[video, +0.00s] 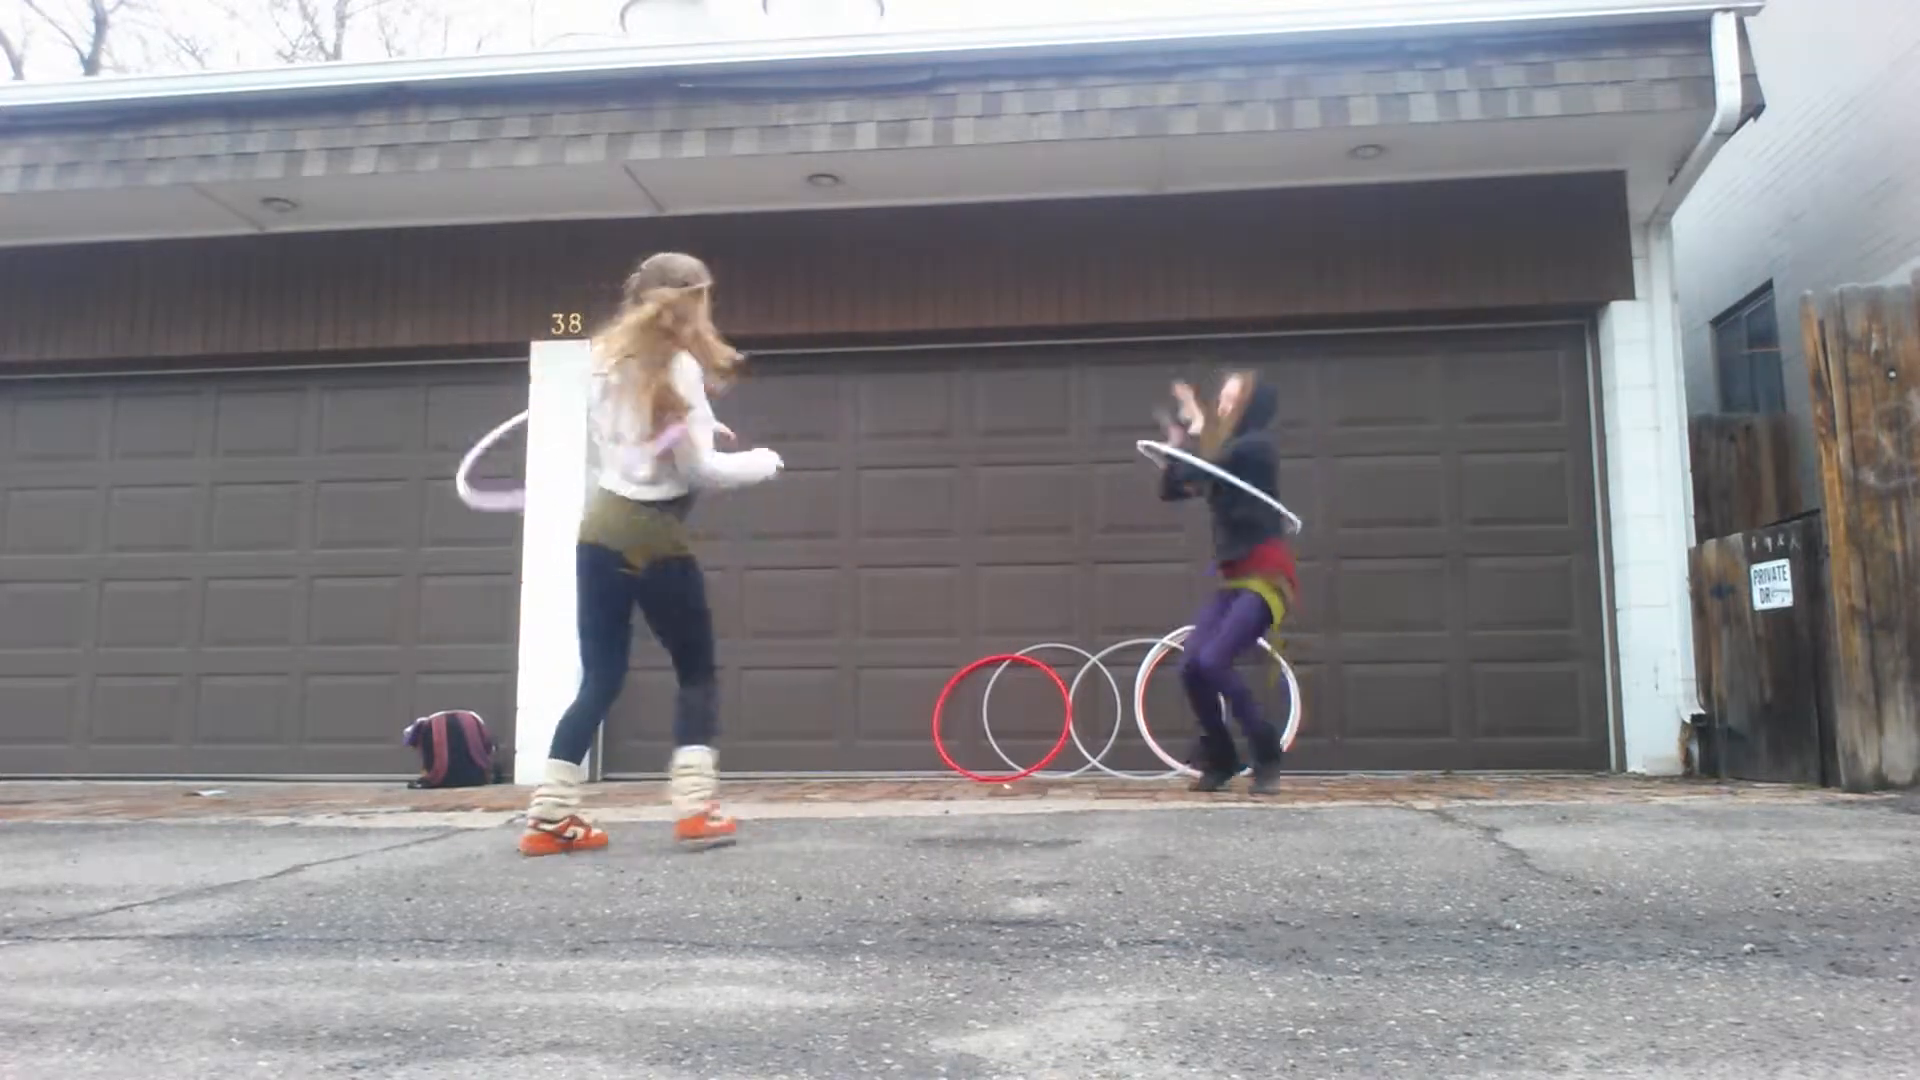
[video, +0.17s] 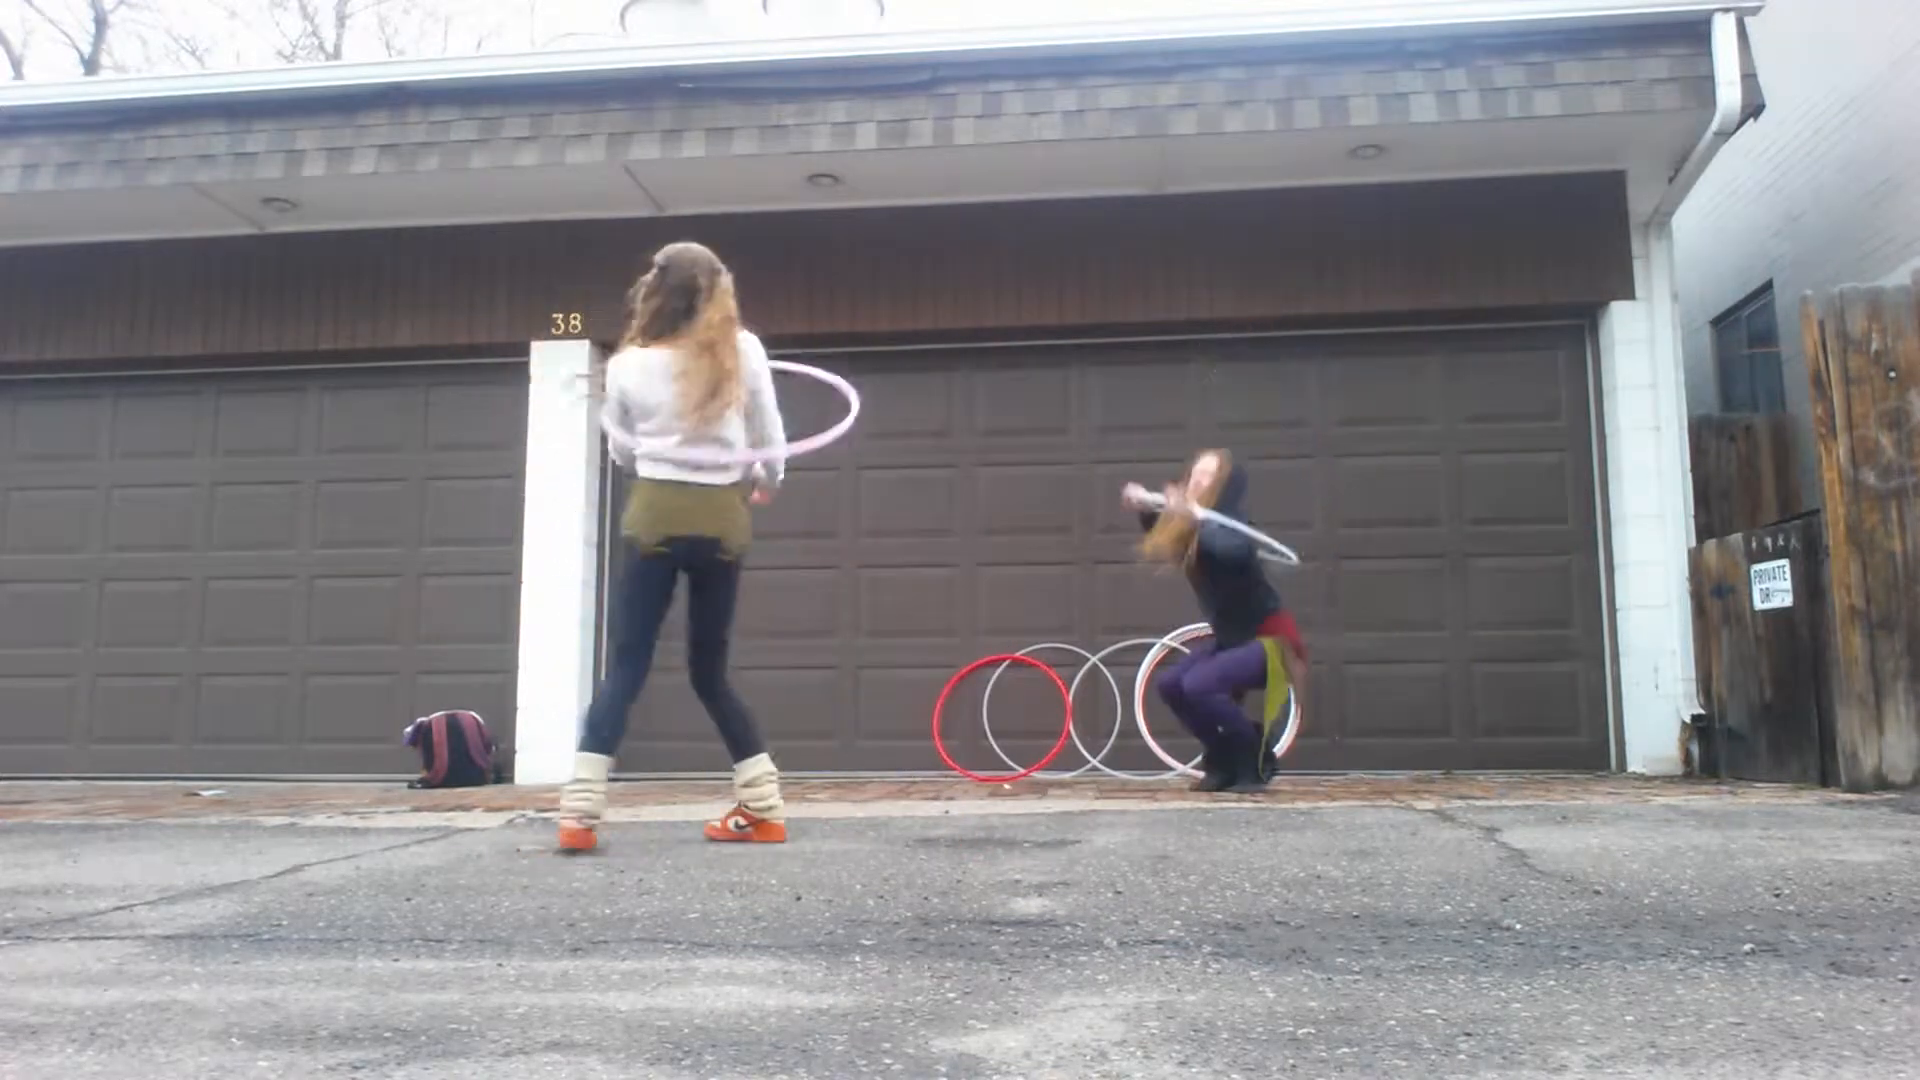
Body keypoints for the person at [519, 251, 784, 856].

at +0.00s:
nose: (707, 314)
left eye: (706, 302)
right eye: (702, 302)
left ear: (642, 301)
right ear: (681, 305)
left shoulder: (605, 358)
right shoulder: (678, 367)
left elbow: (620, 441)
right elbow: (702, 466)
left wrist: (699, 429)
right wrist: (766, 463)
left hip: (597, 533)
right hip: (655, 538)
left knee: (599, 681)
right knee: (695, 667)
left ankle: (550, 813)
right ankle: (695, 806)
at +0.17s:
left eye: (647, 283)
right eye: (724, 287)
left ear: (654, 294)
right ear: (717, 295)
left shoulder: (627, 363)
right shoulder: (744, 349)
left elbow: (621, 452)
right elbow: (770, 443)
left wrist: (672, 457)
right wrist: (766, 480)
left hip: (651, 508)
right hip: (722, 510)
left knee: (626, 666)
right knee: (710, 673)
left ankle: (578, 810)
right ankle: (765, 806)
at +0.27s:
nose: (651, 288)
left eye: (658, 279)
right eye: (658, 277)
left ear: (669, 291)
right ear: (726, 293)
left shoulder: (654, 359)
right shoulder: (759, 350)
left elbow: (627, 451)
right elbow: (773, 437)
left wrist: (583, 467)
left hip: (698, 524)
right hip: (758, 520)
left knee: (654, 660)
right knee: (729, 668)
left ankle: (672, 804)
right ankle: (764, 806)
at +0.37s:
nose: (658, 314)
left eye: (662, 303)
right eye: (660, 303)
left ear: (678, 302)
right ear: (726, 296)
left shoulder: (687, 362)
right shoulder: (756, 352)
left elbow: (648, 455)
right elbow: (746, 438)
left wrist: (575, 501)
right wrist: (684, 473)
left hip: (729, 523)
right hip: (771, 520)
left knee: (690, 663)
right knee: (734, 664)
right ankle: (758, 803)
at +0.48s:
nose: (660, 312)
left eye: (668, 299)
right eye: (660, 300)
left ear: (701, 298)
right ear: (705, 301)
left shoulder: (731, 360)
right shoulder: (731, 357)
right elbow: (714, 445)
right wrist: (654, 466)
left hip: (757, 518)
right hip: (748, 517)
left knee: (741, 658)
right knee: (730, 662)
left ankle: (853, 756)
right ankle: (762, 802)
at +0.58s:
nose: (672, 308)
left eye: (683, 296)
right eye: (666, 297)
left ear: (715, 295)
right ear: (660, 301)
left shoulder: (751, 353)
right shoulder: (695, 362)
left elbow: (756, 453)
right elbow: (705, 438)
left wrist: (708, 516)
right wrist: (655, 451)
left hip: (774, 516)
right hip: (728, 521)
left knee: (777, 656)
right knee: (739, 662)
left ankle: (860, 759)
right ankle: (773, 801)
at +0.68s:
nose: (694, 316)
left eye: (706, 304)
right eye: (685, 304)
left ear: (732, 305)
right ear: (673, 307)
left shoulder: (769, 365)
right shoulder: (670, 353)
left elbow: (785, 453)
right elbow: (679, 411)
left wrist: (772, 510)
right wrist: (639, 451)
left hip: (789, 520)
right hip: (730, 526)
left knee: (804, 659)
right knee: (736, 666)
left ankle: (833, 772)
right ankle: (775, 800)